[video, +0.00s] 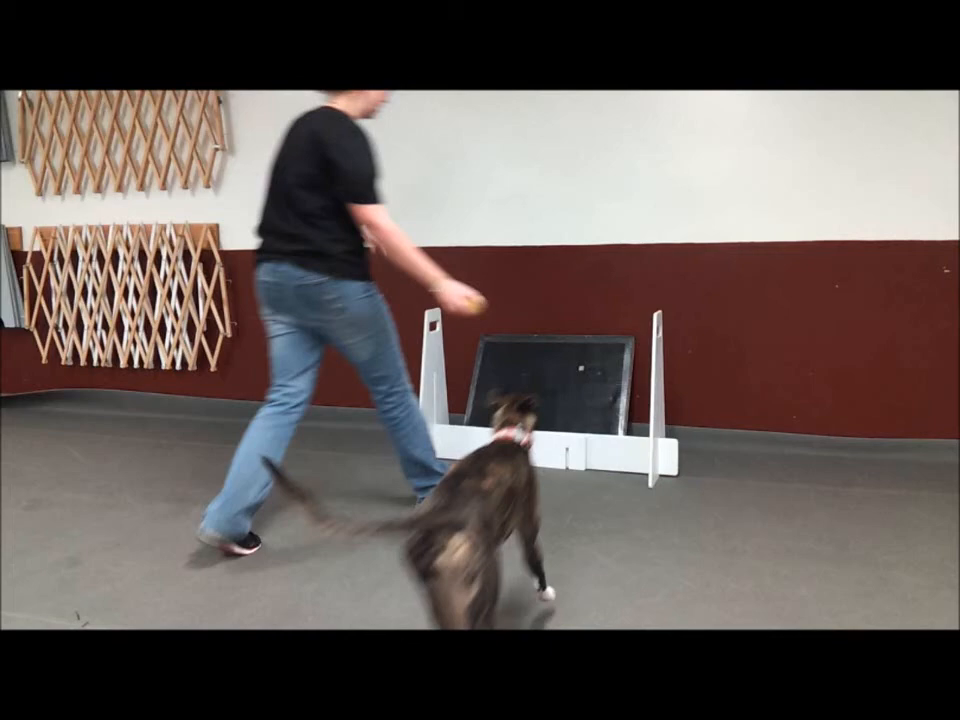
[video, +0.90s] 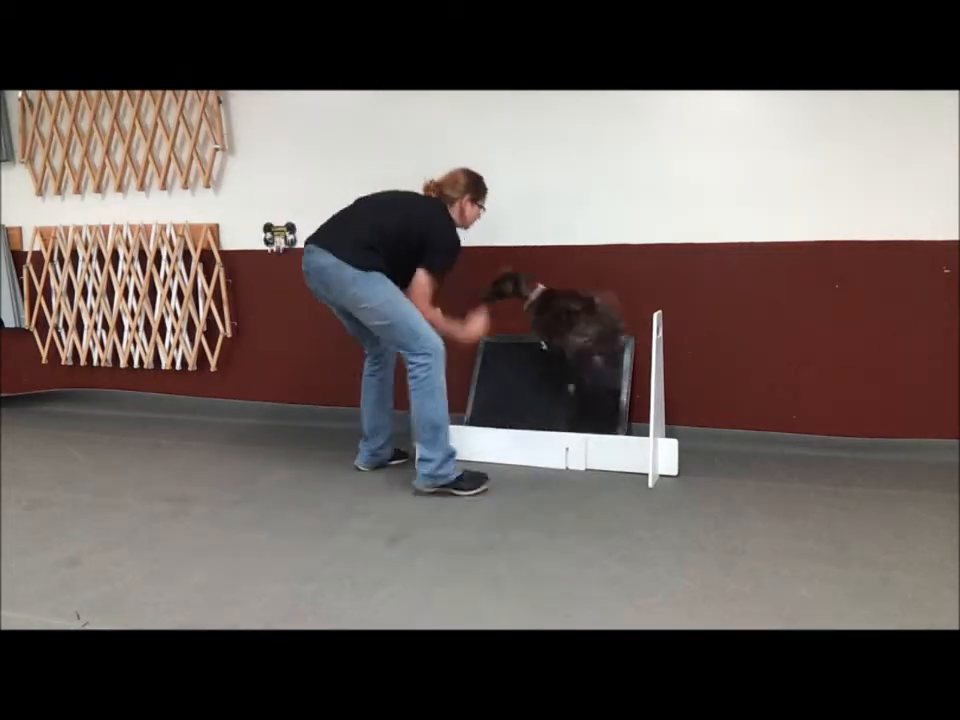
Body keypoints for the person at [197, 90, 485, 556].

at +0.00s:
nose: (387, 98)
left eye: (386, 92)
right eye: (384, 91)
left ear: (341, 88)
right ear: (365, 90)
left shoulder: (304, 125)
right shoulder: (345, 134)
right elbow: (377, 225)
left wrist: (364, 238)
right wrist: (442, 285)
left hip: (279, 274)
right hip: (334, 283)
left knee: (285, 399)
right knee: (391, 390)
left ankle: (227, 519)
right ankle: (434, 487)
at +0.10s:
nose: (417, 101)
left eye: (417, 94)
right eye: (414, 93)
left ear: (369, 91)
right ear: (395, 93)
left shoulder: (328, 126)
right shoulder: (378, 138)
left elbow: (312, 205)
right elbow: (411, 224)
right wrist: (476, 285)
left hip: (298, 268)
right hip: (354, 274)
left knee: (314, 392)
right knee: (407, 382)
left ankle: (248, 495)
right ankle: (434, 483)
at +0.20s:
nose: (452, 112)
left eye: (453, 104)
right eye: (450, 103)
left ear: (401, 99)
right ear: (431, 98)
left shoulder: (357, 131)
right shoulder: (424, 147)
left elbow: (328, 199)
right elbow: (457, 233)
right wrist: (519, 293)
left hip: (316, 262)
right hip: (371, 267)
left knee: (349, 376)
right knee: (424, 374)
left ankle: (297, 466)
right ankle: (437, 486)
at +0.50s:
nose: (472, 162)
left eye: (473, 155)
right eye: (472, 154)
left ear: (430, 140)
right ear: (459, 147)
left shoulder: (382, 159)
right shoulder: (459, 182)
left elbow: (331, 213)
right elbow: (505, 246)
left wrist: (366, 245)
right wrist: (552, 277)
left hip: (336, 262)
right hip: (386, 270)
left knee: (376, 354)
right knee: (448, 364)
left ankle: (372, 450)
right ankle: (440, 483)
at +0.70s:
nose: (468, 187)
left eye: (471, 180)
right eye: (469, 179)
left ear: (430, 163)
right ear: (455, 171)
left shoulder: (390, 176)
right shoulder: (449, 203)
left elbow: (347, 205)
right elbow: (464, 266)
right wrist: (495, 260)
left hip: (326, 267)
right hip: (374, 275)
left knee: (378, 353)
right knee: (455, 352)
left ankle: (374, 452)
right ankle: (445, 469)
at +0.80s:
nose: (472, 202)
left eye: (475, 194)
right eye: (473, 192)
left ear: (439, 179)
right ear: (458, 185)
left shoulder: (402, 190)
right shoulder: (446, 214)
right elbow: (437, 290)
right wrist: (470, 277)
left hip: (323, 264)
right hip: (364, 273)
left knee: (379, 350)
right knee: (445, 351)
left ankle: (375, 452)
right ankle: (445, 467)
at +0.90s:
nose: (479, 215)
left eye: (481, 207)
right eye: (479, 206)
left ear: (448, 195)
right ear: (464, 201)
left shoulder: (412, 209)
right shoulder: (444, 233)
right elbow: (419, 303)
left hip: (319, 260)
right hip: (348, 268)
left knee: (379, 349)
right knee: (427, 349)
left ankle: (375, 452)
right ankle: (437, 471)